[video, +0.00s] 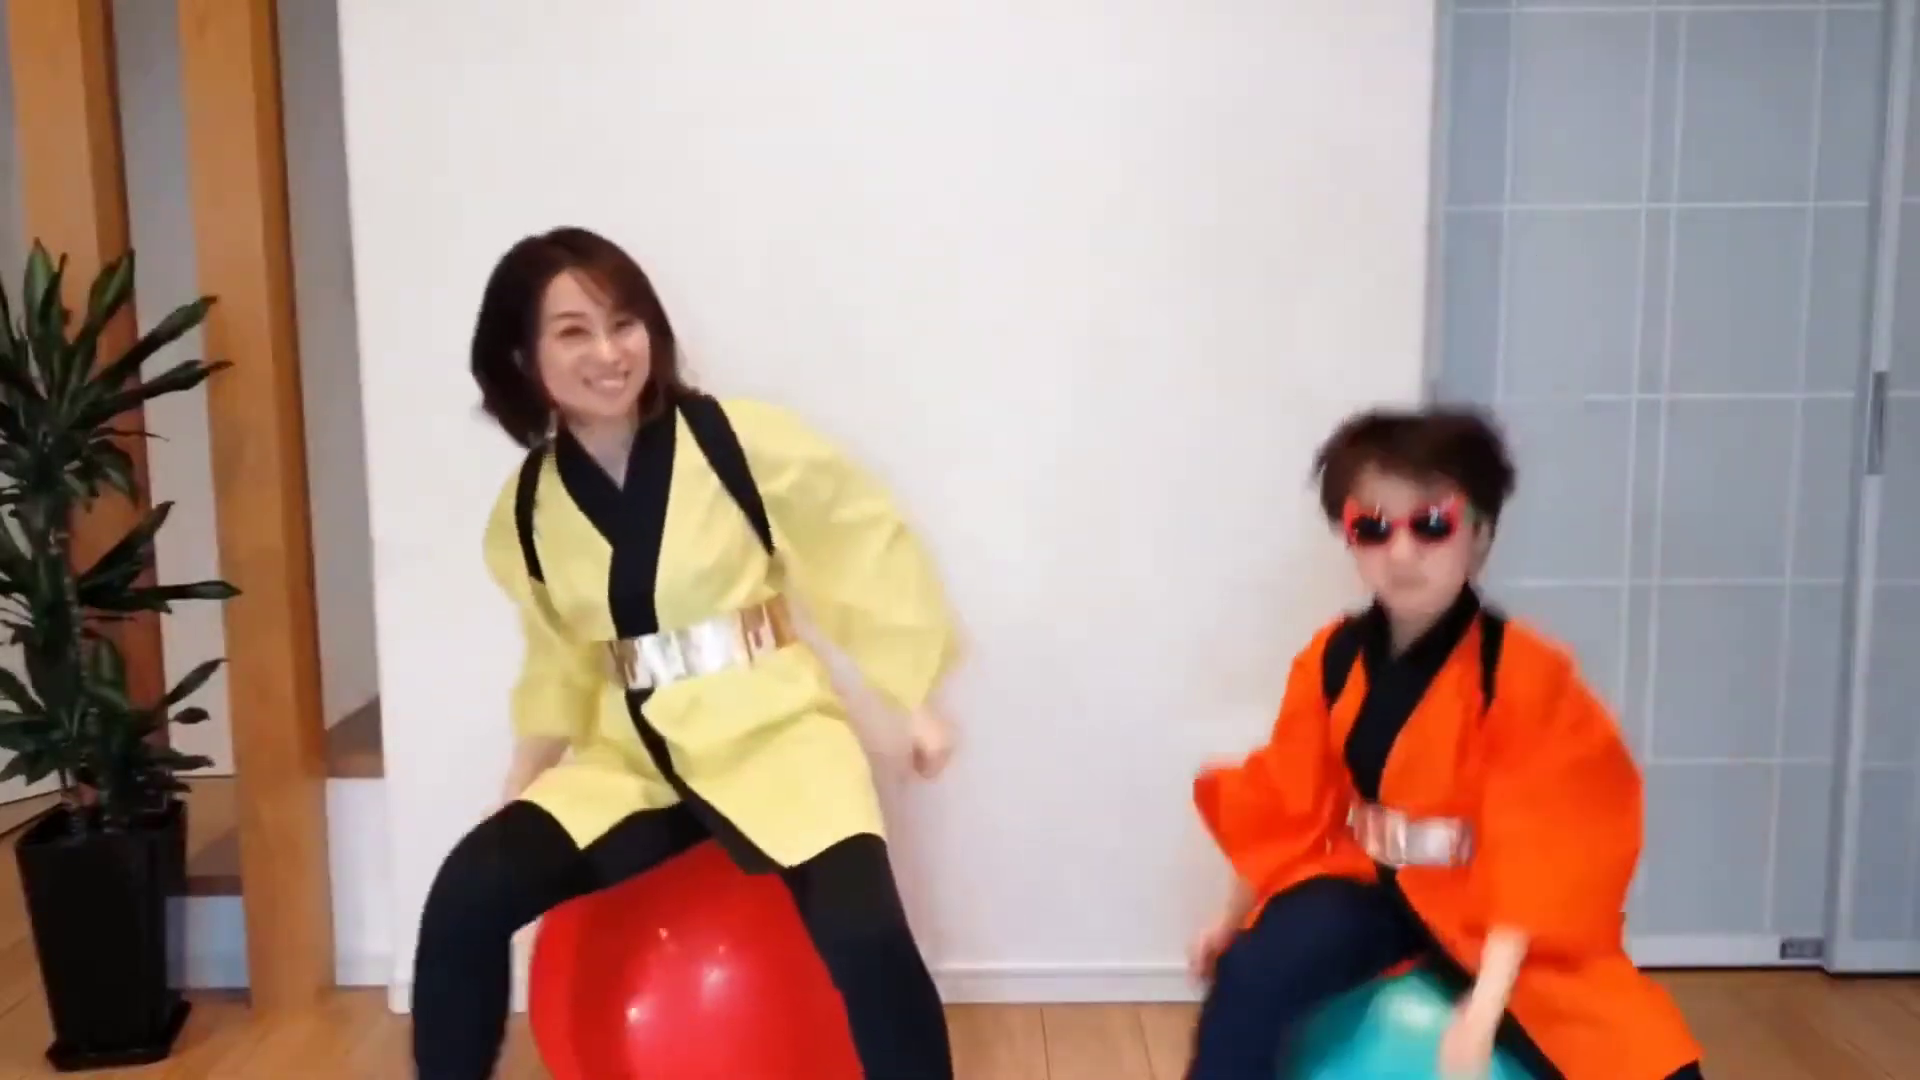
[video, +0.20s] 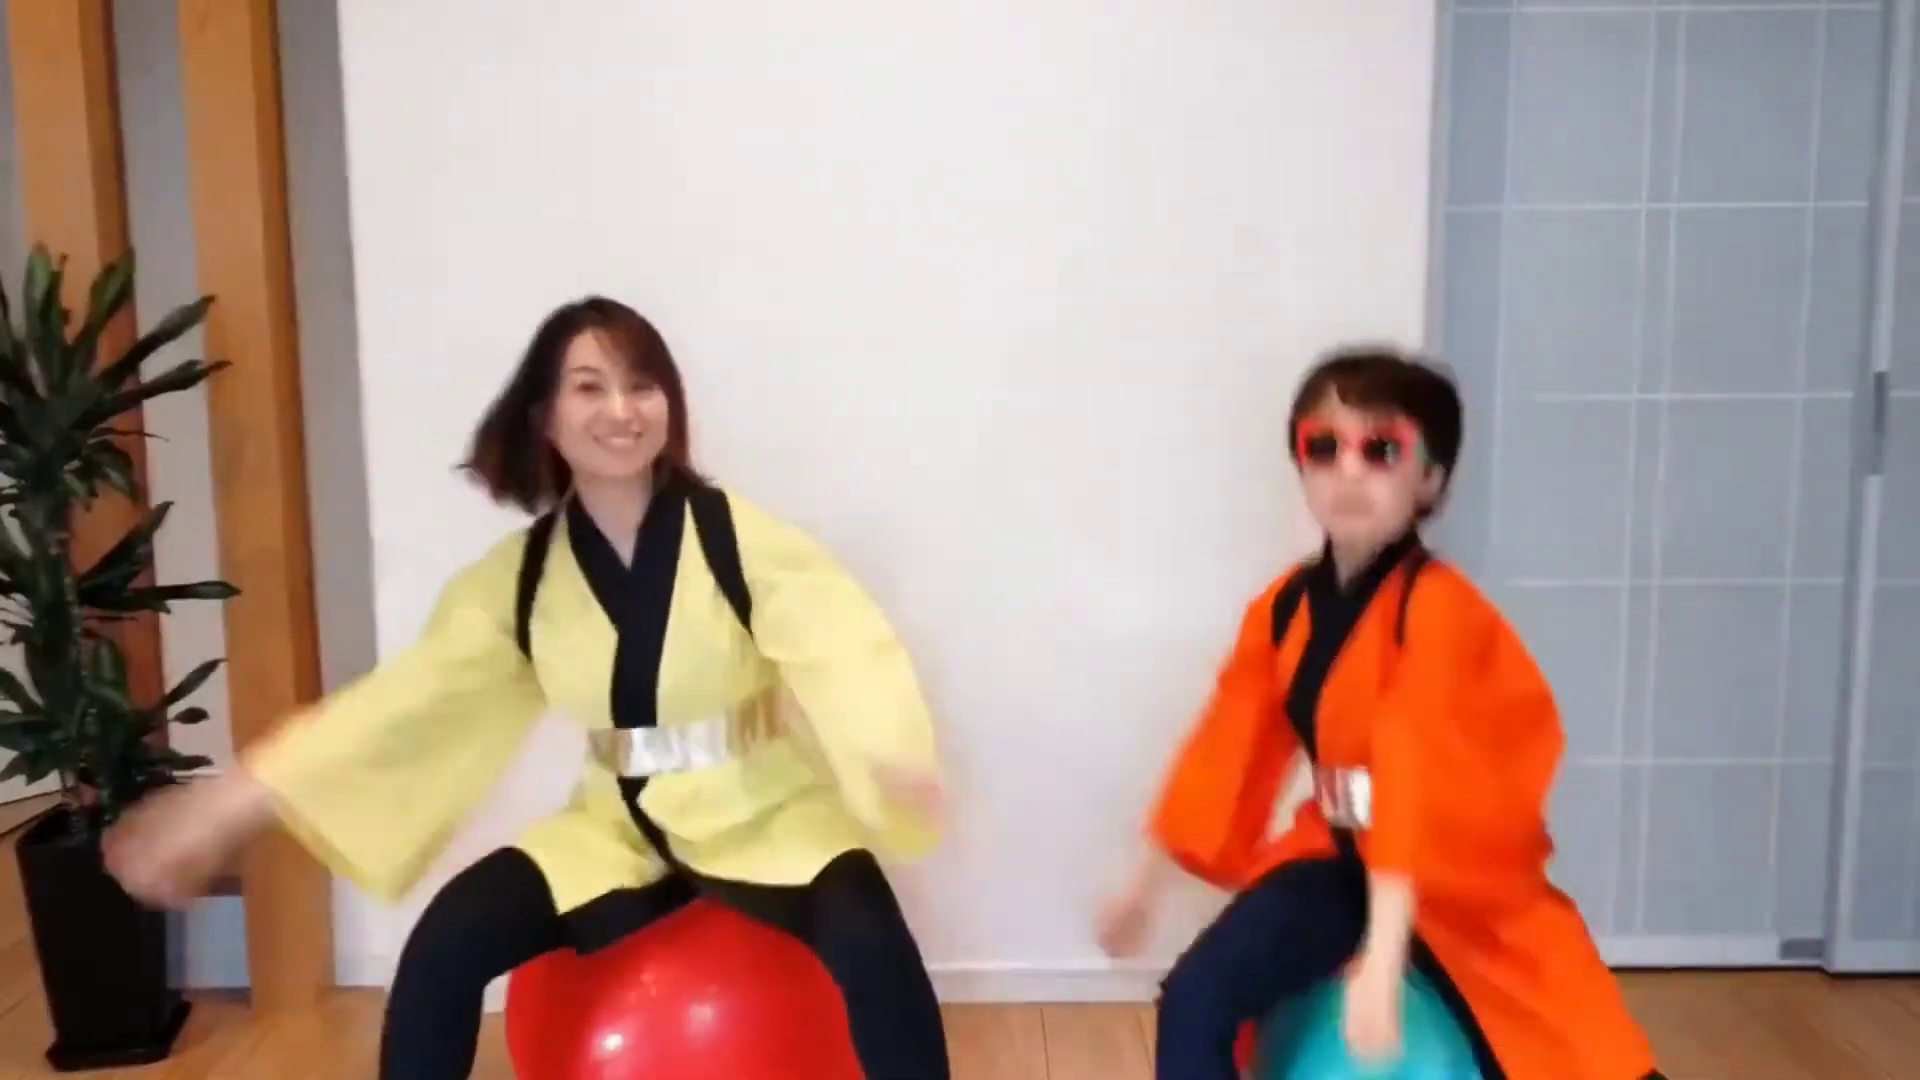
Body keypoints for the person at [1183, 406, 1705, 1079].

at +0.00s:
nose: (1401, 552)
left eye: (1432, 523)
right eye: (1372, 527)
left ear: (1483, 536)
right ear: (1347, 542)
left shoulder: (1528, 677)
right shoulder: (1333, 661)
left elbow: (1540, 851)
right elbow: (1287, 805)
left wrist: (1481, 1018)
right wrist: (1232, 918)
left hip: (1498, 909)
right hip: (1375, 892)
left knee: (1652, 1058)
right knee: (1251, 970)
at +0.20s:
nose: (1347, 470)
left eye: (1381, 449)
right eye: (1323, 447)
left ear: (1431, 483)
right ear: (1299, 471)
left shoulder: (1444, 611)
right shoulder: (1284, 610)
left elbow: (1417, 784)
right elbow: (1220, 752)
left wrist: (1383, 958)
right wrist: (1144, 881)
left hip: (1461, 874)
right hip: (1344, 860)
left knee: (1588, 1051)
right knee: (1194, 998)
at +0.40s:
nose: (1345, 370)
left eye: (1376, 348)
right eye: (1319, 350)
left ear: (1423, 376)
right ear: (1293, 374)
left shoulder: (1446, 495)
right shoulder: (1272, 505)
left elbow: (1498, 599)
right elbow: (1172, 589)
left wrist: (1378, 554)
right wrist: (1064, 580)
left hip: (1454, 779)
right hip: (1326, 773)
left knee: (1555, 1006)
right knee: (1212, 970)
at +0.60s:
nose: (1360, 542)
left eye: (1392, 520)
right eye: (1332, 517)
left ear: (1432, 550)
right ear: (1302, 542)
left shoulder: (1456, 662)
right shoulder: (1276, 657)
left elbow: (1541, 821)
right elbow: (1162, 782)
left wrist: (1489, 682)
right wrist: (1182, 678)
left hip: (1438, 903)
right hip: (1316, 896)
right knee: (1202, 1005)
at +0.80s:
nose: (1407, 465)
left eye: (1440, 444)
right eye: (1381, 433)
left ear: (1465, 462)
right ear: (1334, 441)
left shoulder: (1495, 592)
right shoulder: (1285, 571)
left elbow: (1525, 778)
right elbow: (1230, 738)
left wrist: (1573, 737)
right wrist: (1175, 702)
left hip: (1456, 845)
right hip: (1318, 836)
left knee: (1585, 1040)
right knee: (1197, 1004)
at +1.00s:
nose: (1483, 459)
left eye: (1515, 439)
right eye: (1459, 426)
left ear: (1537, 446)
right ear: (1397, 423)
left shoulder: (1536, 561)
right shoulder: (1336, 539)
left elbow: (1581, 714)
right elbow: (1223, 661)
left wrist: (1635, 842)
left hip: (1490, 805)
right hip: (1351, 800)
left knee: (1646, 983)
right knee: (1240, 954)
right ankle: (1207, 1067)